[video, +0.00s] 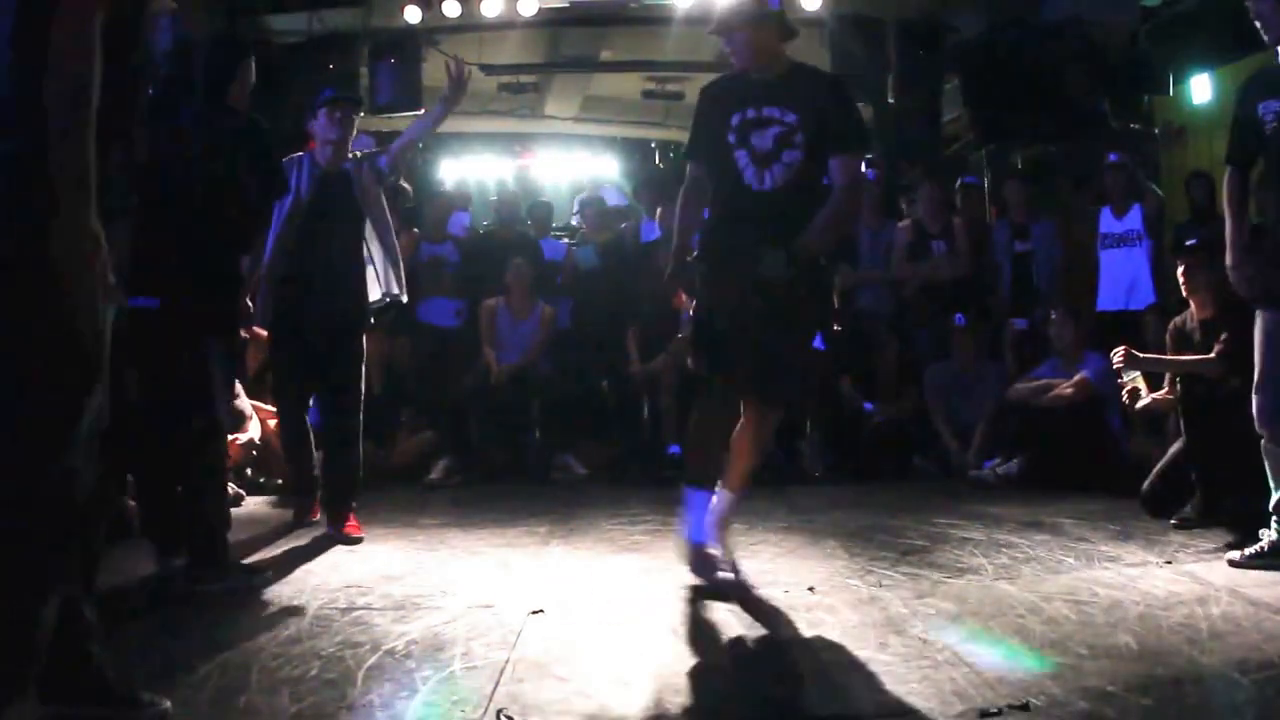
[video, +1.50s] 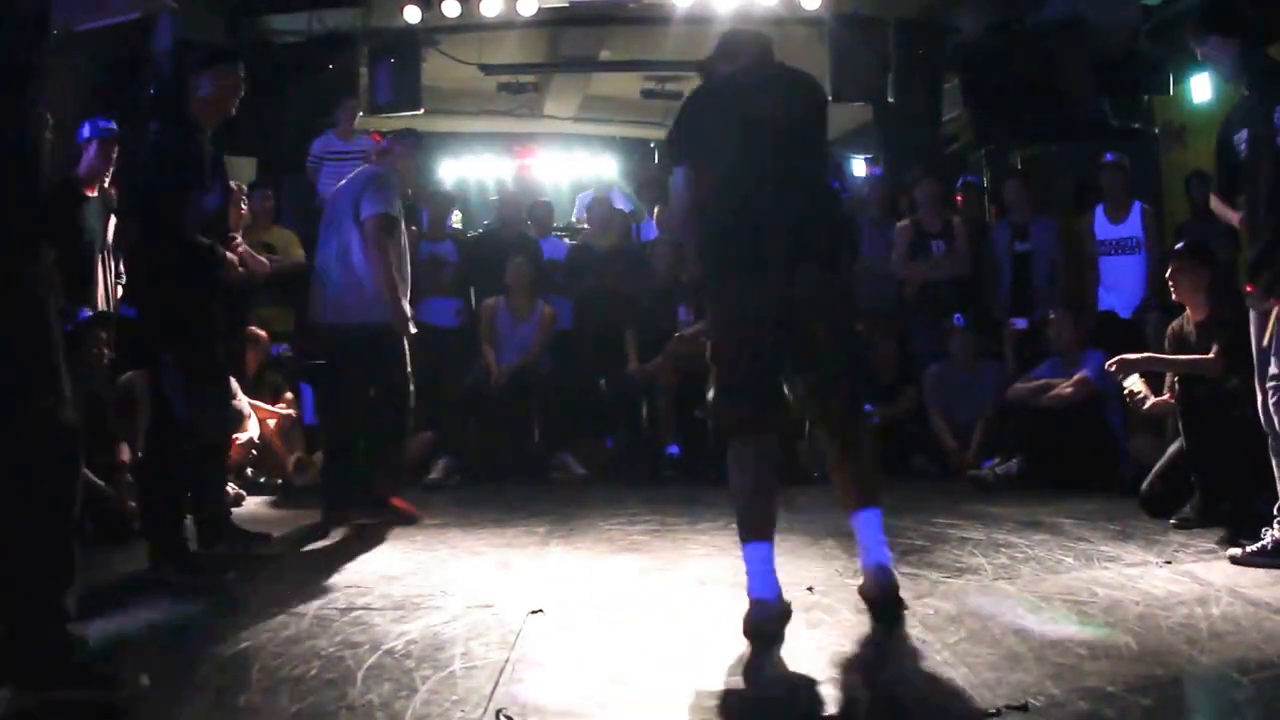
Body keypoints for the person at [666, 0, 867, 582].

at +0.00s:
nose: (729, 45)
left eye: (737, 33)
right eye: (725, 36)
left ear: (771, 31)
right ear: (731, 40)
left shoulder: (823, 91)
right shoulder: (717, 95)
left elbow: (848, 188)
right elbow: (695, 186)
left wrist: (809, 247)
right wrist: (676, 259)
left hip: (794, 266)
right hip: (724, 262)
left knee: (765, 402)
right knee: (716, 388)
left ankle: (715, 527)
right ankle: (695, 527)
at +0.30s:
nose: (704, 50)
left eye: (704, 34)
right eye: (699, 42)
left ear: (733, 19)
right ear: (716, 40)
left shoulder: (803, 65)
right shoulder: (723, 103)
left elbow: (835, 160)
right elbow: (718, 190)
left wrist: (790, 230)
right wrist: (736, 223)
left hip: (816, 239)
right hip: (757, 245)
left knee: (791, 375)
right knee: (725, 348)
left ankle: (771, 520)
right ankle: (787, 424)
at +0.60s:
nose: (711, 98)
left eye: (709, 86)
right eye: (706, 88)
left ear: (730, 73)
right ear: (753, 69)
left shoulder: (750, 106)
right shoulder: (805, 107)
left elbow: (752, 199)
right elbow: (820, 198)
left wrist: (753, 268)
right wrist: (751, 252)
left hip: (807, 271)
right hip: (846, 267)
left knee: (765, 382)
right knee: (832, 388)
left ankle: (844, 489)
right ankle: (840, 525)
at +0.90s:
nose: (741, 112)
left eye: (742, 104)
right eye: (740, 105)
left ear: (752, 100)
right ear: (789, 93)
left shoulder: (748, 148)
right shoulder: (831, 133)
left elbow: (733, 245)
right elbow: (840, 211)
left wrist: (745, 272)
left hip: (781, 283)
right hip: (837, 276)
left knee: (785, 394)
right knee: (821, 392)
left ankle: (812, 510)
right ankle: (806, 511)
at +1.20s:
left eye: (779, 85)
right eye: (812, 85)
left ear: (769, 87)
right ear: (822, 87)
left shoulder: (743, 123)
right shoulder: (847, 128)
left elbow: (714, 225)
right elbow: (868, 217)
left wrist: (749, 261)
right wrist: (850, 257)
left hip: (760, 284)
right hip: (829, 284)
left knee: (765, 391)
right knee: (830, 406)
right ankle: (818, 535)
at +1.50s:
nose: (716, 71)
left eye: (716, 63)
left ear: (718, 62)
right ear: (772, 58)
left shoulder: (701, 102)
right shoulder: (808, 91)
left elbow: (679, 208)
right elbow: (826, 185)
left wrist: (675, 272)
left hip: (739, 284)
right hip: (819, 278)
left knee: (747, 427)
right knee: (842, 413)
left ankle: (764, 595)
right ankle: (878, 565)